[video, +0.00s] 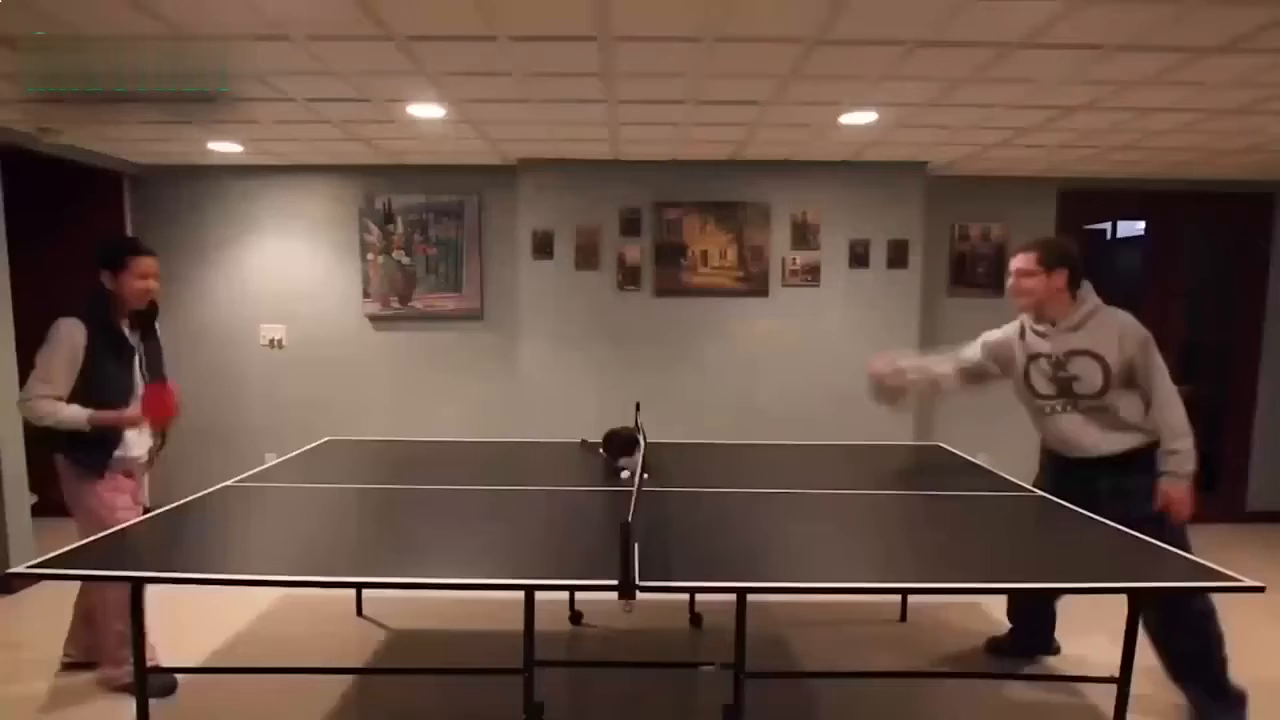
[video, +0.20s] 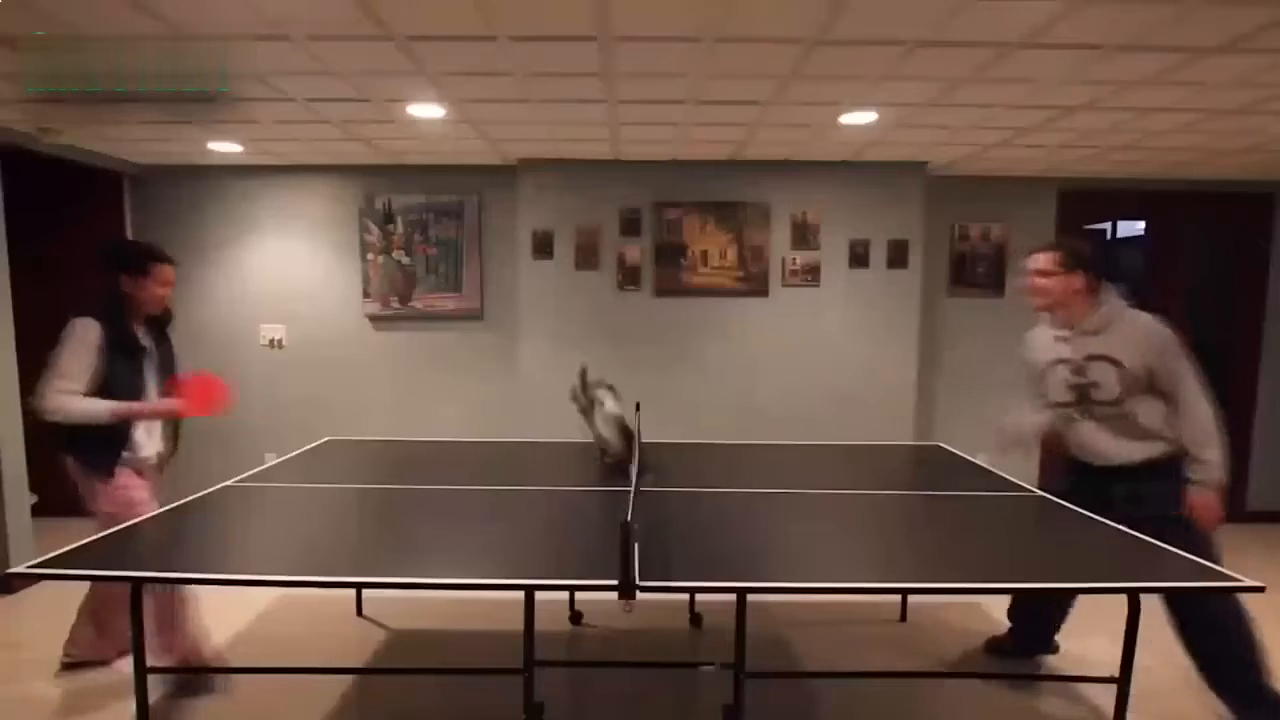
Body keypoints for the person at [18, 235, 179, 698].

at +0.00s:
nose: (152, 288)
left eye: (155, 278)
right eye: (142, 278)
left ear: (156, 282)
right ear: (110, 280)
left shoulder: (145, 333)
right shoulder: (75, 331)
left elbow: (149, 400)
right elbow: (34, 404)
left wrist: (160, 416)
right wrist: (112, 418)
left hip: (134, 466)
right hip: (90, 469)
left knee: (114, 554)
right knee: (127, 554)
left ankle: (83, 647)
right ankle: (124, 667)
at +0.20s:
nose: (168, 296)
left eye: (170, 286)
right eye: (161, 285)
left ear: (161, 288)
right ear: (130, 284)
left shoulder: (155, 335)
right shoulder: (91, 330)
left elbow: (155, 396)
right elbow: (51, 401)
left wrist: (187, 398)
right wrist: (132, 410)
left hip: (147, 463)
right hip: (104, 465)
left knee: (125, 553)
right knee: (156, 543)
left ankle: (86, 650)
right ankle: (187, 659)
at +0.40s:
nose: (238, 316)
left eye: (241, 306)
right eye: (231, 304)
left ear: (220, 306)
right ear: (205, 301)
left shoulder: (203, 346)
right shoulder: (164, 343)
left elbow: (194, 410)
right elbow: (170, 411)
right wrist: (249, 416)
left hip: (181, 475)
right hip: (145, 476)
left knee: (147, 564)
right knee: (213, 559)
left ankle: (92, 652)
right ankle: (228, 658)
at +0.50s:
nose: (276, 318)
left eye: (278, 308)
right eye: (272, 308)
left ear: (247, 302)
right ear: (248, 302)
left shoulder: (227, 332)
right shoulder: (207, 337)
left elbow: (217, 407)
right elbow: (209, 418)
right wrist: (276, 425)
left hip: (180, 453)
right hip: (157, 456)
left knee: (163, 550)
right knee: (215, 550)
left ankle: (113, 648)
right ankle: (227, 659)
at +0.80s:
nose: (261, 320)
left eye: (263, 310)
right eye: (258, 310)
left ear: (224, 302)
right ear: (236, 306)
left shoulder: (179, 326)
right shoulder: (206, 344)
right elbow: (236, 420)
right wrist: (289, 410)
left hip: (132, 454)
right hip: (153, 463)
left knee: (158, 543)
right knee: (212, 549)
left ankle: (123, 634)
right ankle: (227, 658)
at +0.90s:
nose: (237, 311)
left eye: (238, 302)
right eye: (233, 302)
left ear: (201, 297)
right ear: (208, 300)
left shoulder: (161, 324)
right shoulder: (186, 345)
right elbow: (214, 417)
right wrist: (270, 407)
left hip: (119, 454)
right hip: (140, 465)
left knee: (158, 551)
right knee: (178, 556)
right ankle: (201, 655)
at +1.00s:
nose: (221, 306)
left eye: (223, 297)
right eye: (216, 296)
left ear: (186, 294)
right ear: (189, 294)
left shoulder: (151, 320)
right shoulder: (170, 340)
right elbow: (201, 413)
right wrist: (252, 404)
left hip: (111, 449)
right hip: (131, 459)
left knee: (135, 547)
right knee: (165, 550)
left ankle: (116, 633)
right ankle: (168, 655)